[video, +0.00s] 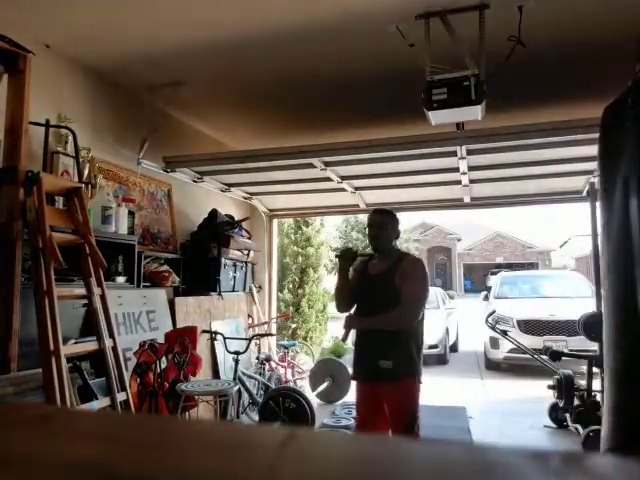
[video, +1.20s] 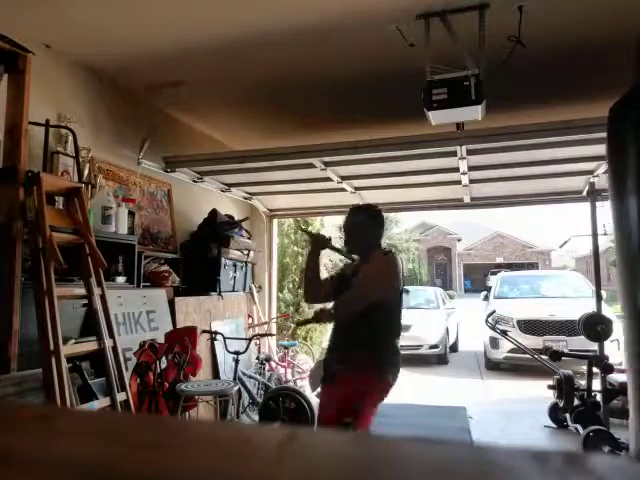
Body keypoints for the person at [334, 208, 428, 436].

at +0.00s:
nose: (374, 233)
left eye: (381, 227)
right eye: (370, 227)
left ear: (396, 231)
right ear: (366, 231)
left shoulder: (412, 266)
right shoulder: (363, 266)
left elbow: (408, 317)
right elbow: (342, 305)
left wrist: (359, 322)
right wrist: (343, 269)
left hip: (401, 368)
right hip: (367, 367)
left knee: (405, 440)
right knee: (368, 440)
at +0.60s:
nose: (354, 237)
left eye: (361, 231)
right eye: (352, 230)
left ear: (377, 232)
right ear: (349, 231)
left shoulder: (392, 262)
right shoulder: (354, 265)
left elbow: (377, 307)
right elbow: (328, 293)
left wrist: (334, 307)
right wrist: (321, 264)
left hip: (392, 369)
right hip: (355, 367)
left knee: (396, 446)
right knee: (348, 446)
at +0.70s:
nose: (354, 236)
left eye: (362, 230)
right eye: (351, 228)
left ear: (378, 232)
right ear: (348, 227)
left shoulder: (392, 260)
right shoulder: (345, 257)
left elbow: (380, 307)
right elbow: (311, 283)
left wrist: (331, 302)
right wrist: (315, 251)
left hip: (382, 349)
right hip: (347, 348)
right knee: (343, 419)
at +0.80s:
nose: (354, 237)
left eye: (362, 232)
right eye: (352, 229)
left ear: (377, 234)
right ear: (347, 229)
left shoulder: (392, 264)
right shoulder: (343, 257)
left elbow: (379, 311)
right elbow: (309, 284)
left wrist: (328, 304)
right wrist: (315, 250)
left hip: (382, 343)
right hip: (344, 341)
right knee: (339, 403)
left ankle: (348, 427)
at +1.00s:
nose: (345, 236)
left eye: (353, 230)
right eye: (345, 229)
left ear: (370, 234)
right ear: (343, 231)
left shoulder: (385, 265)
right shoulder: (347, 266)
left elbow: (372, 315)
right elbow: (313, 293)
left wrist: (325, 314)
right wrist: (313, 258)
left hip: (378, 351)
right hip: (344, 349)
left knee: (337, 347)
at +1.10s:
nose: (345, 236)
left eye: (351, 230)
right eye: (344, 230)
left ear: (368, 233)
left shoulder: (383, 264)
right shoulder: (350, 271)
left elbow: (366, 308)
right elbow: (313, 295)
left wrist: (326, 316)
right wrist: (317, 255)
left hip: (373, 354)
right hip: (344, 355)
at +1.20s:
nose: (346, 237)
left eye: (351, 230)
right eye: (345, 230)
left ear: (369, 232)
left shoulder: (384, 263)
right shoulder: (354, 270)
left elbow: (356, 304)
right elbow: (313, 294)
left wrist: (327, 315)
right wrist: (314, 251)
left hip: (370, 364)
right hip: (344, 362)